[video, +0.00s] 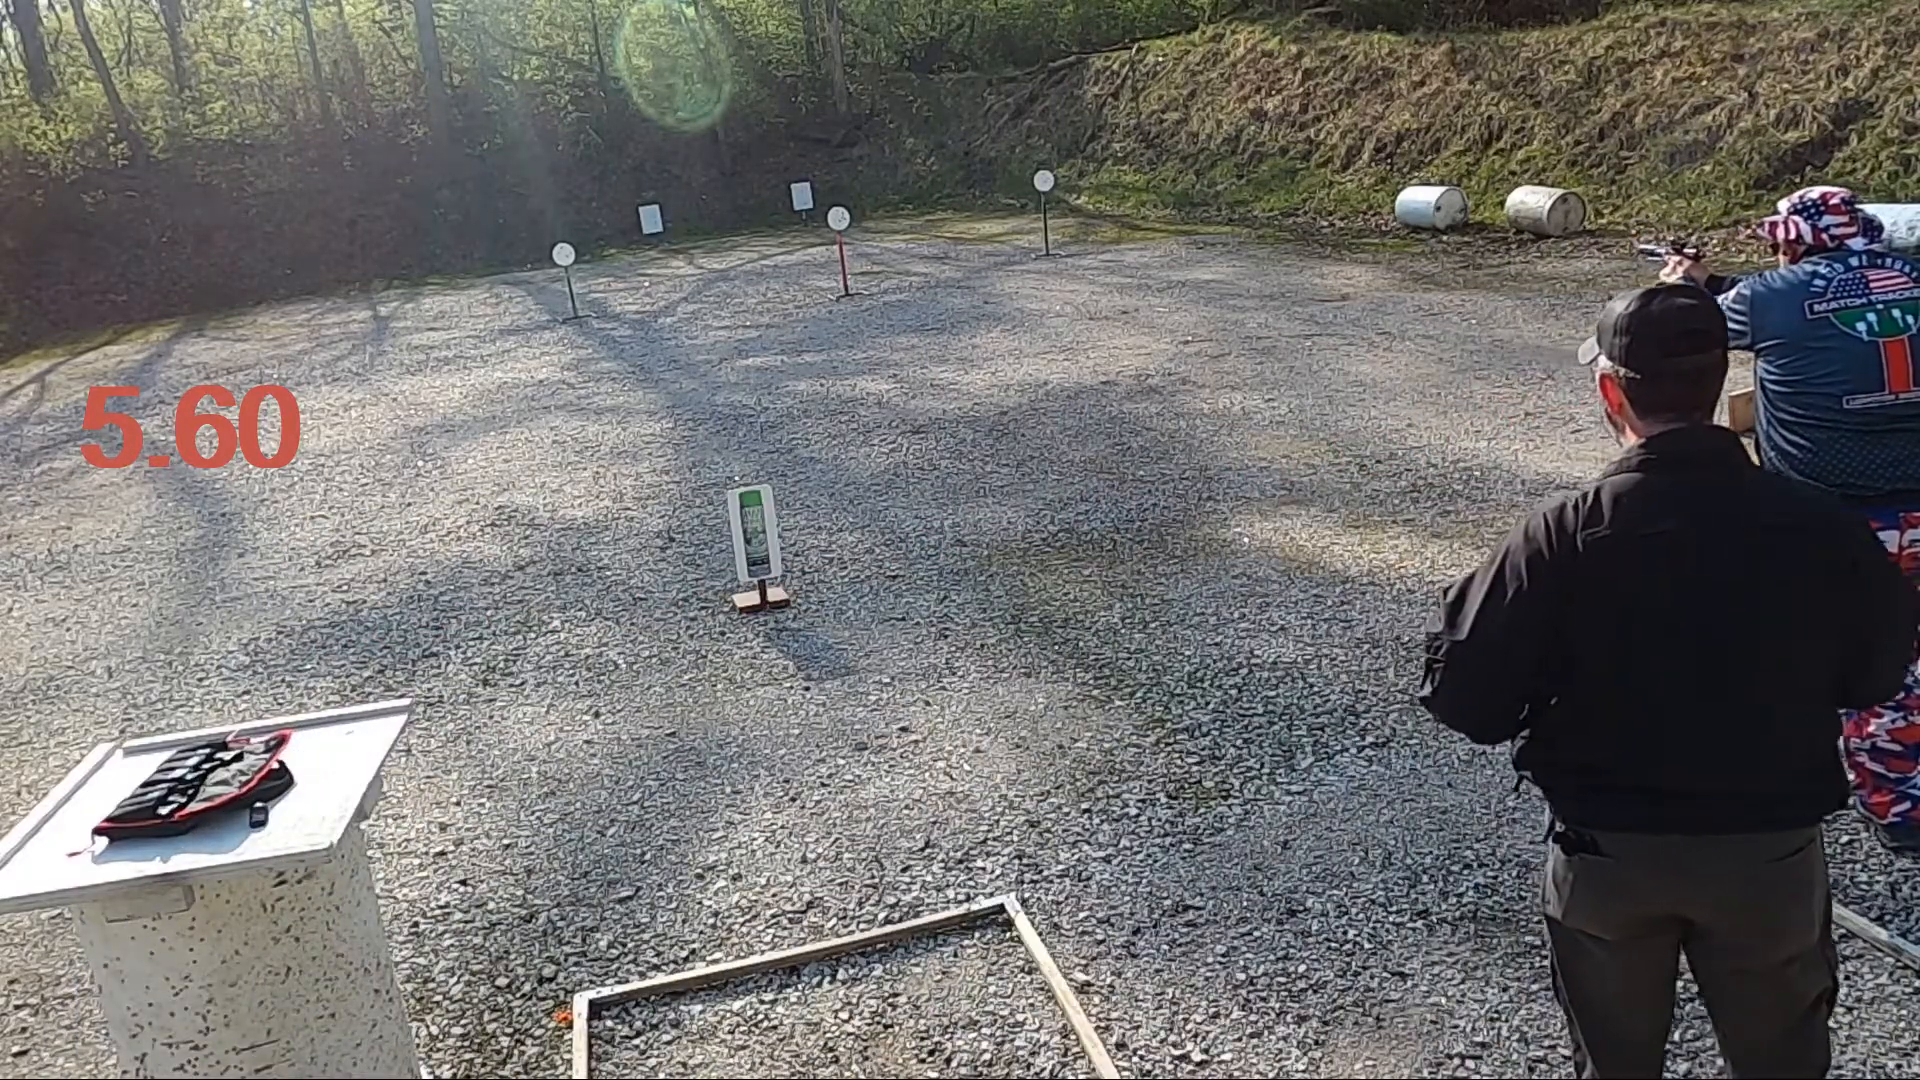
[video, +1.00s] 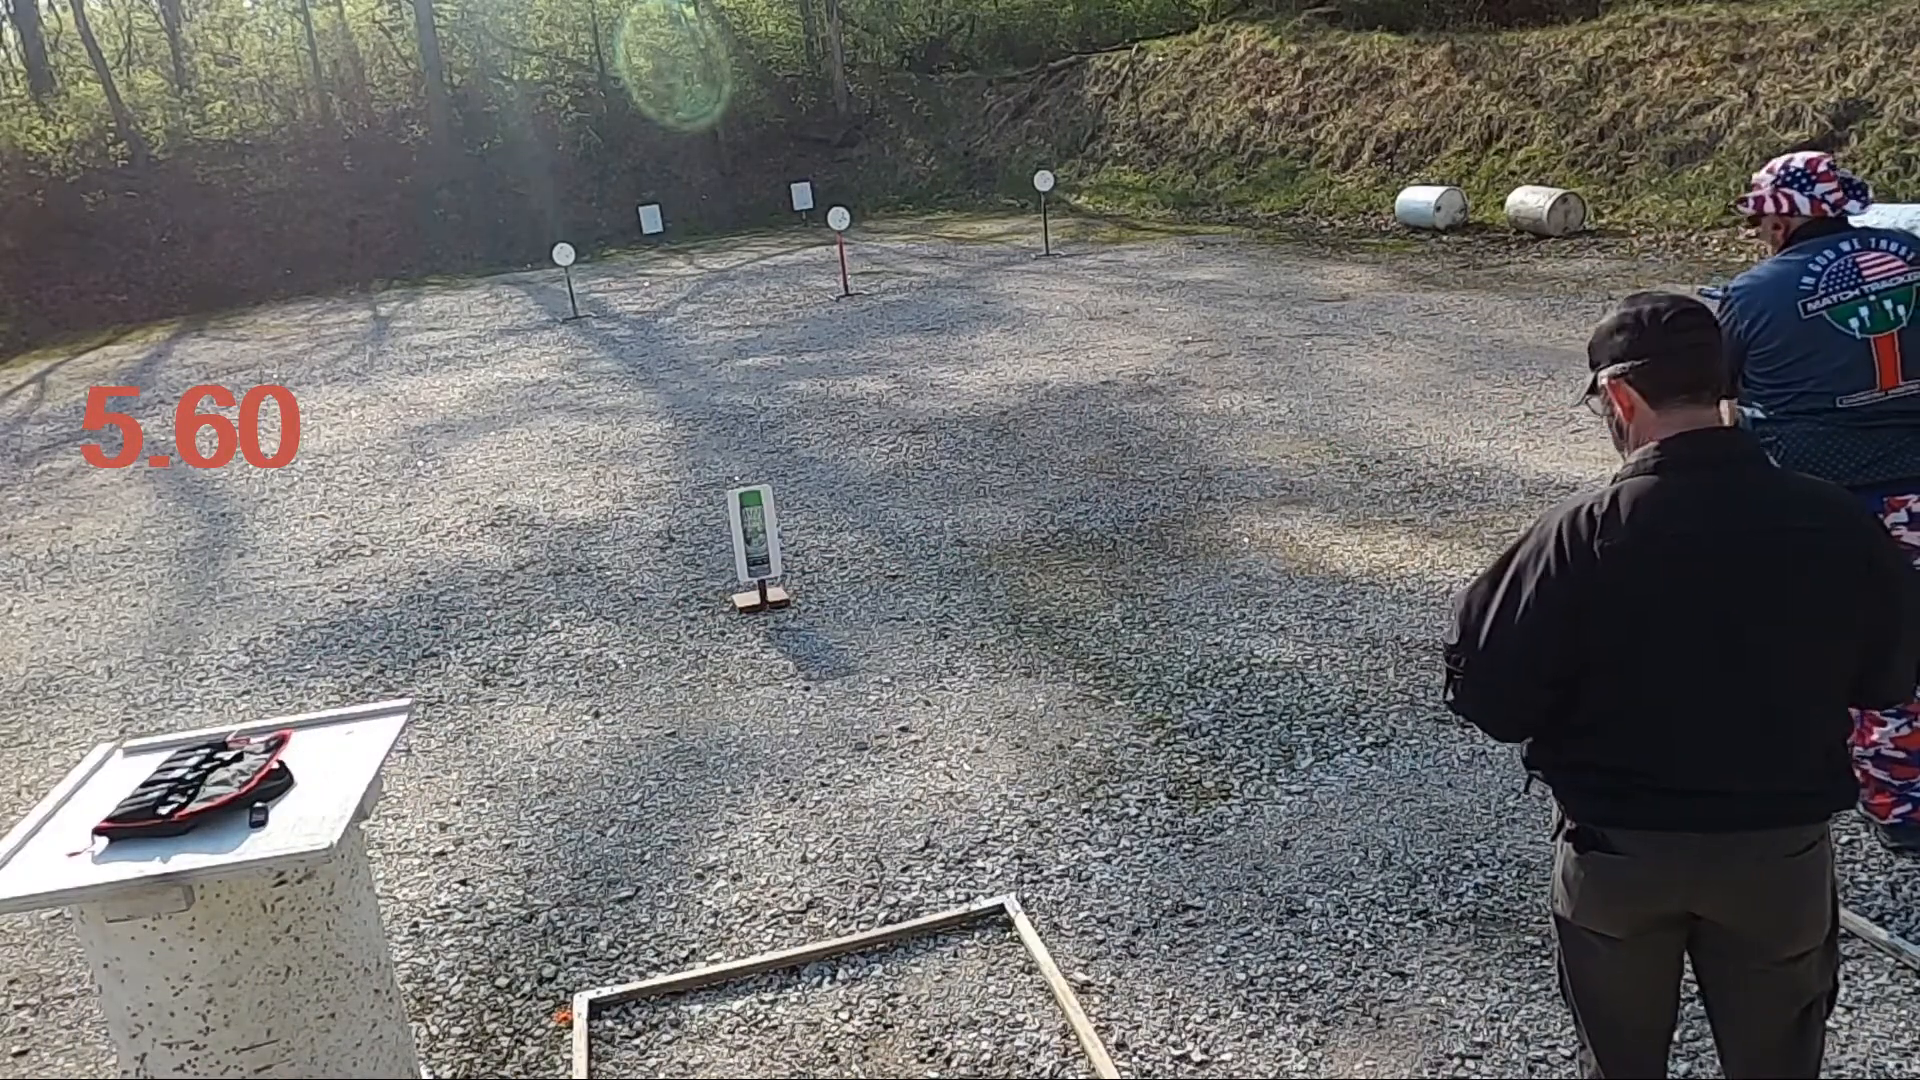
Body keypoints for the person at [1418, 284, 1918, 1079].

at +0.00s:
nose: (1600, 388)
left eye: (1602, 377)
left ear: (1613, 395)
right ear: (1719, 381)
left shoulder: (1565, 538)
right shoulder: (1821, 527)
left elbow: (1465, 698)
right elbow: (1876, 671)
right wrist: (1774, 653)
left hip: (1610, 867)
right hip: (1769, 869)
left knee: (1616, 1065)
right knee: (1785, 1065)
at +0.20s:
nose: (1611, 384)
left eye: (1613, 373)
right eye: (1616, 369)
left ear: (1626, 392)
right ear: (1734, 380)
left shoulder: (1576, 537)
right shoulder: (1837, 524)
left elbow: (1480, 701)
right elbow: (1890, 674)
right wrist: (1789, 656)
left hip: (1622, 867)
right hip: (1782, 870)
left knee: (1623, 1066)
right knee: (1782, 1068)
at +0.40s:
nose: (1615, 386)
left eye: (1617, 374)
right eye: (1618, 370)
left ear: (1631, 392)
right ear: (1739, 378)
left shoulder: (1583, 534)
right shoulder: (1841, 524)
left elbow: (1488, 703)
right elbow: (1895, 676)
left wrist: (1483, 614)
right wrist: (1793, 651)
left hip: (1625, 870)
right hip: (1785, 871)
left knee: (1623, 1066)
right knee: (1783, 1069)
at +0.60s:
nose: (1617, 386)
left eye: (1617, 377)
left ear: (1627, 393)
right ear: (1739, 378)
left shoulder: (1580, 536)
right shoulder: (1842, 523)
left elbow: (1488, 703)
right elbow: (1895, 673)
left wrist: (1479, 618)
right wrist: (1792, 658)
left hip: (1625, 870)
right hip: (1785, 871)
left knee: (1624, 1067)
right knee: (1782, 1068)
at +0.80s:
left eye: (1616, 381)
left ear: (1623, 397)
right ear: (1740, 375)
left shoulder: (1580, 537)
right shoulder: (1838, 523)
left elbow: (1487, 697)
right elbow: (1891, 675)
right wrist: (1788, 643)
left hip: (1620, 868)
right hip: (1781, 870)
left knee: (1624, 1066)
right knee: (1780, 1068)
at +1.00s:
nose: (1604, 417)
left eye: (1602, 398)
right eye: (1602, 398)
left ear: (1621, 399)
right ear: (1726, 387)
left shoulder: (1579, 539)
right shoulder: (1836, 524)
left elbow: (1484, 688)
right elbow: (1894, 673)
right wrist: (1786, 651)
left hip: (1618, 869)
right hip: (1780, 871)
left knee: (1624, 1067)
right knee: (1778, 1068)